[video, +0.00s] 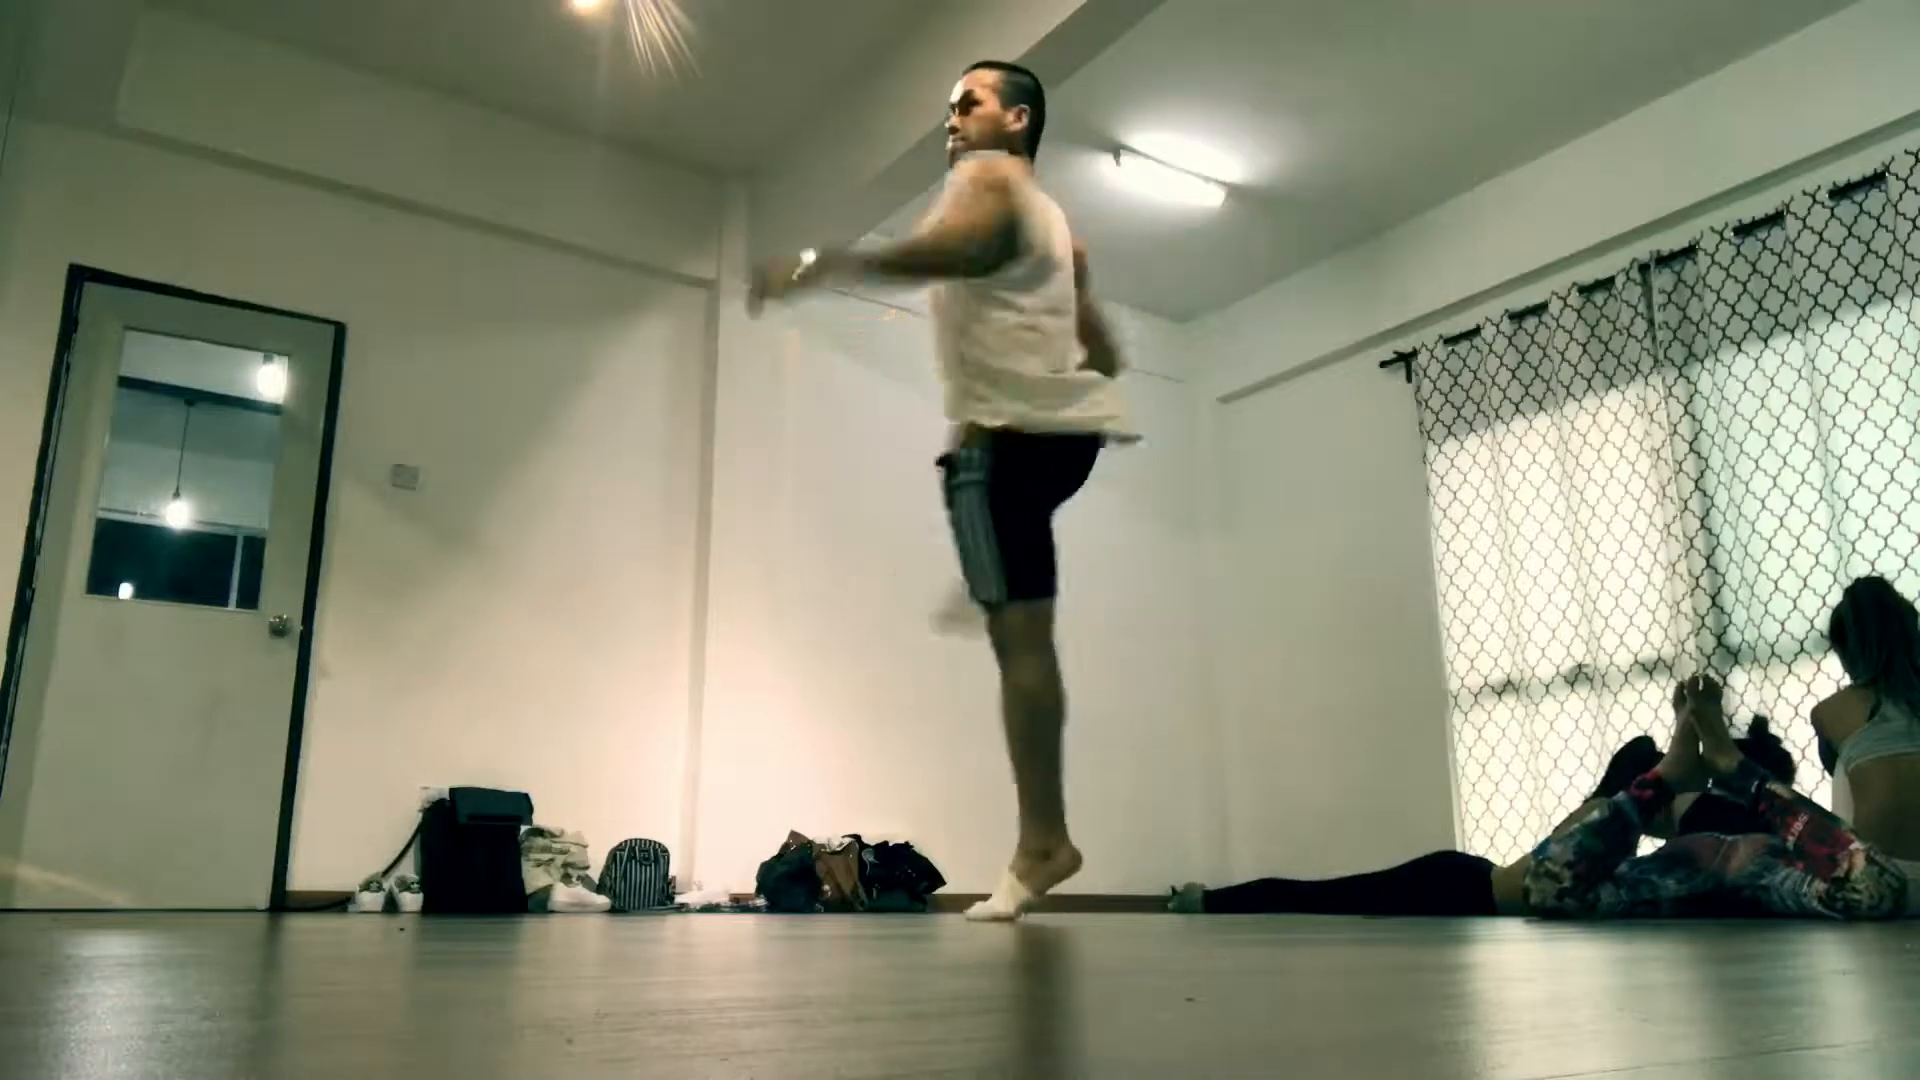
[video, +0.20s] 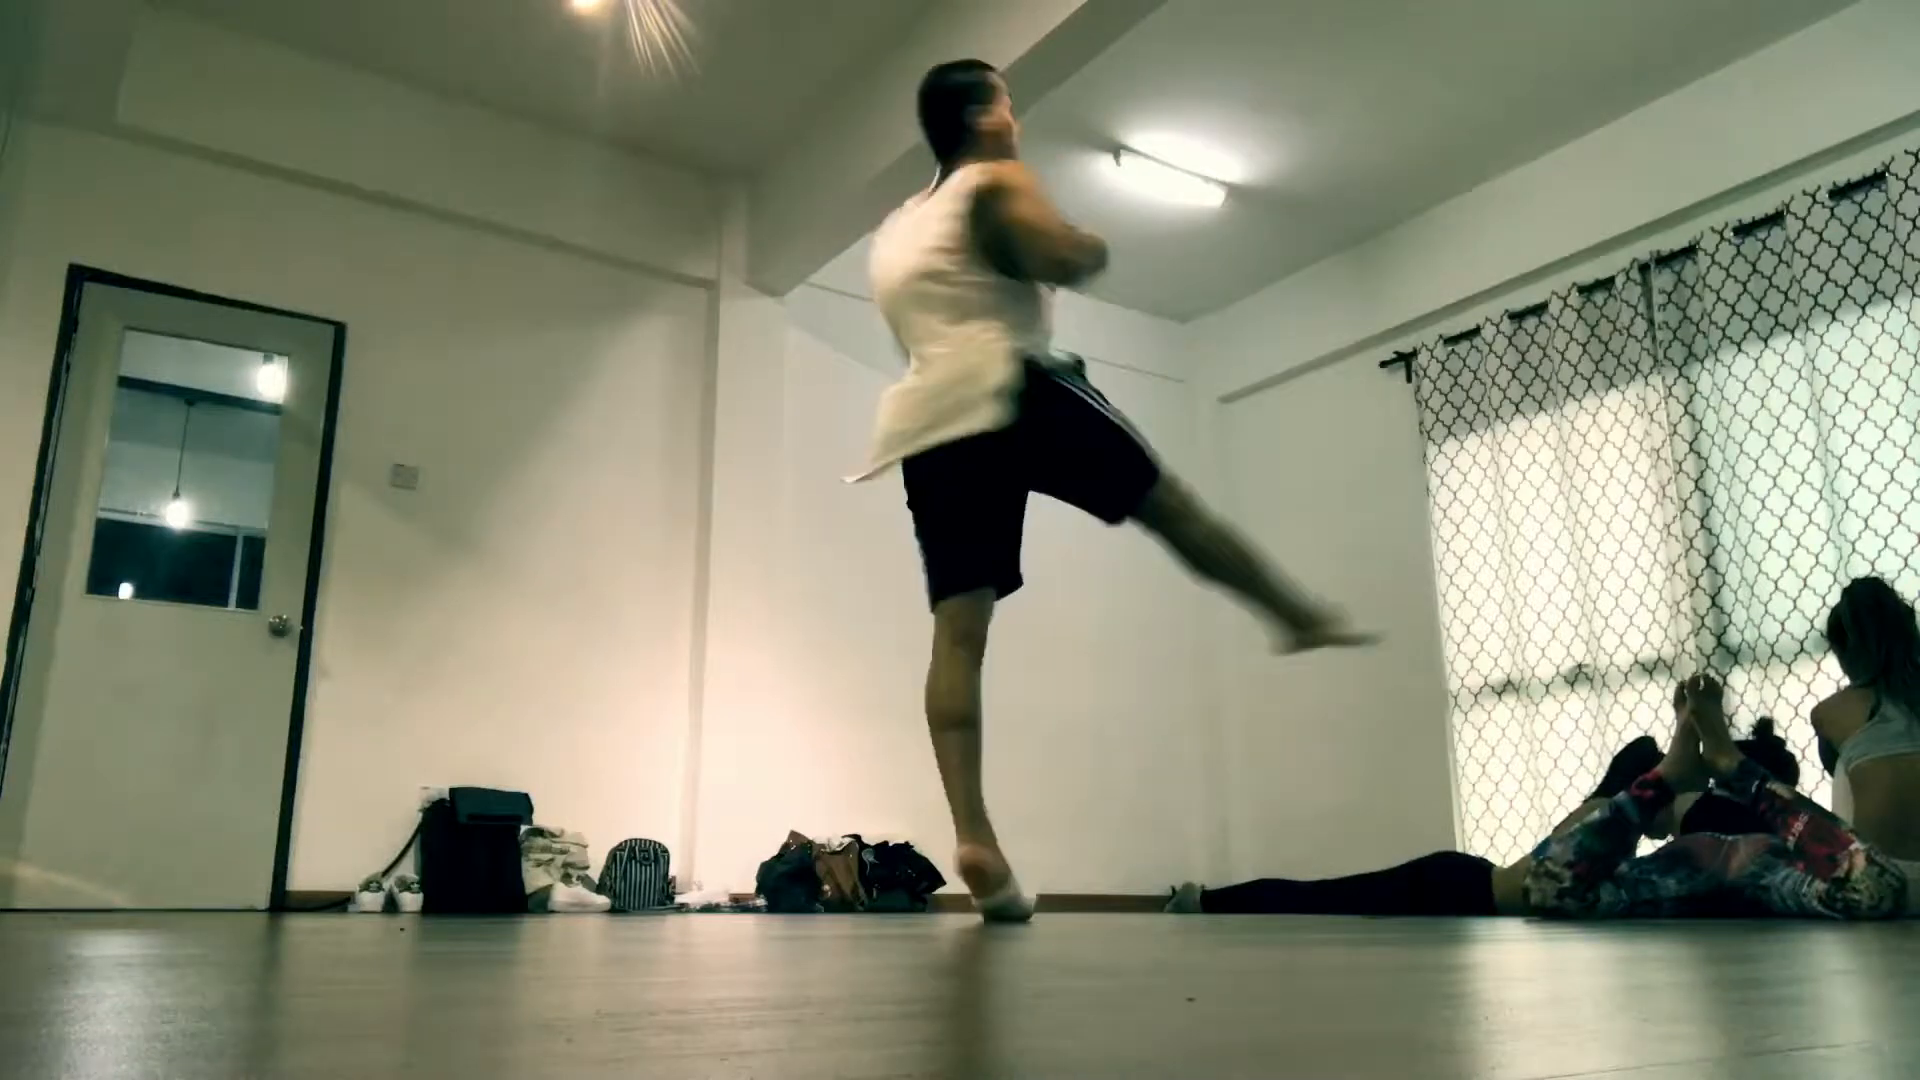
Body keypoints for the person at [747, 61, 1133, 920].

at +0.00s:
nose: (953, 117)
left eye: (970, 103)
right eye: (953, 105)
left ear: (1021, 119)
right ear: (1017, 130)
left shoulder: (984, 175)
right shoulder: (1052, 217)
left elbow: (965, 245)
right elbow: (1103, 355)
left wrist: (822, 266)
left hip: (1006, 439)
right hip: (1070, 436)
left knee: (1023, 646)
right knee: (997, 497)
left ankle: (1043, 845)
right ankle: (985, 595)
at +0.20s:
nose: (1015, 119)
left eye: (1009, 105)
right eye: (1006, 106)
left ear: (939, 131)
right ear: (977, 116)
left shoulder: (894, 233)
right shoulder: (994, 180)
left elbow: (927, 318)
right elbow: (1061, 255)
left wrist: (1021, 259)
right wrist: (1085, 245)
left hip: (933, 435)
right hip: (1020, 401)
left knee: (958, 639)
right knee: (1172, 511)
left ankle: (972, 839)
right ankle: (1295, 615)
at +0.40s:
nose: (941, 195)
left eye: (953, 179)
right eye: (931, 191)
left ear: (999, 189)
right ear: (932, 213)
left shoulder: (1062, 297)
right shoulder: (928, 275)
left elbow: (1150, 365)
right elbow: (879, 308)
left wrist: (1240, 402)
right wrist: (889, 295)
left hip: (1029, 485)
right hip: (941, 465)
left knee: (1027, 675)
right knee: (1045, 395)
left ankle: (989, 883)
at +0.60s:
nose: (936, 138)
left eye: (950, 120)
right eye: (929, 129)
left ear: (1004, 122)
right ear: (942, 148)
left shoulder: (1069, 188)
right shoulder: (952, 253)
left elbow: (1213, 182)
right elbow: (838, 308)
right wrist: (738, 337)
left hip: (1038, 448)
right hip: (956, 419)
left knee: (1005, 651)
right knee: (809, 406)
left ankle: (987, 869)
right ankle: (586, 397)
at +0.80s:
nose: (906, 118)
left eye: (923, 101)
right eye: (907, 106)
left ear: (975, 112)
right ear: (940, 122)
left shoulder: (983, 177)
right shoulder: (956, 205)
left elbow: (999, 186)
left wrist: (968, 178)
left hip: (994, 419)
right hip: (970, 420)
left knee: (996, 647)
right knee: (892, 503)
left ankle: (1027, 853)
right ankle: (804, 567)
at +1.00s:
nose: (874, 95)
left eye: (880, 83)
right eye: (884, 81)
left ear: (889, 96)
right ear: (959, 107)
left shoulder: (837, 185)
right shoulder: (988, 172)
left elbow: (813, 307)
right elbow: (1088, 244)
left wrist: (894, 289)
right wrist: (1043, 271)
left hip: (906, 447)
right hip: (1006, 409)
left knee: (951, 649)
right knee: (1102, 511)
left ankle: (996, 840)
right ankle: (1176, 597)